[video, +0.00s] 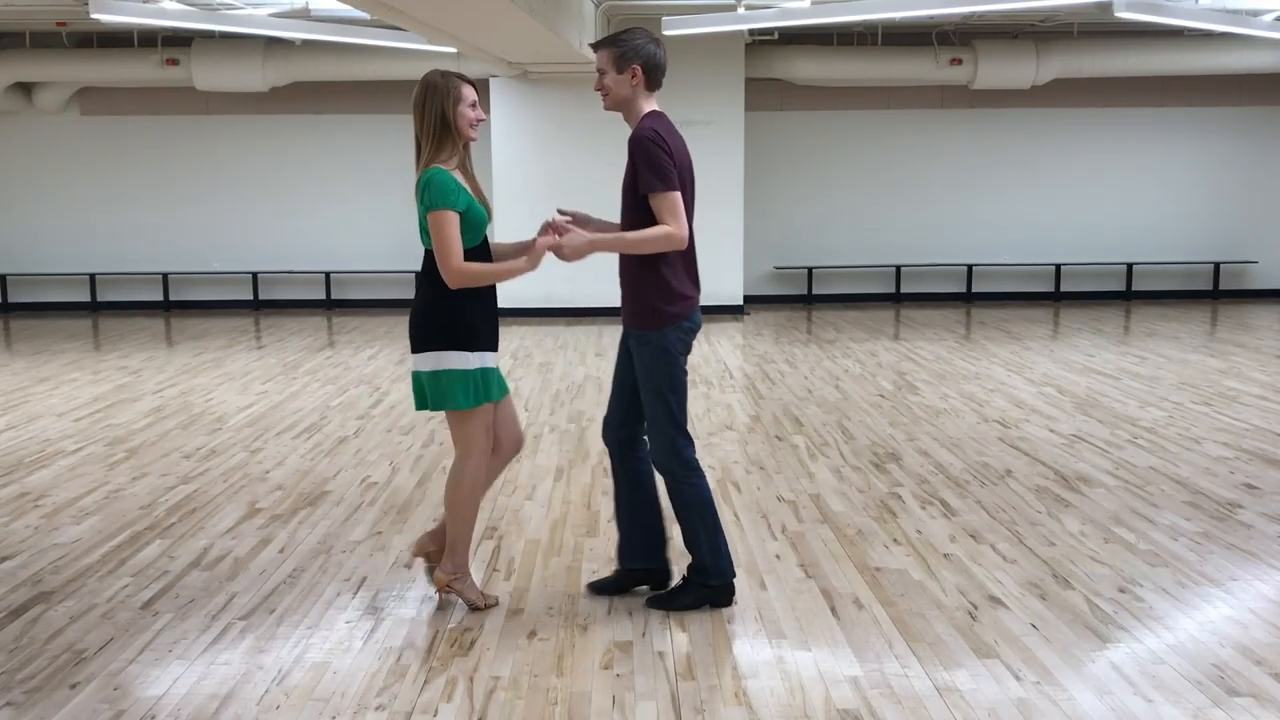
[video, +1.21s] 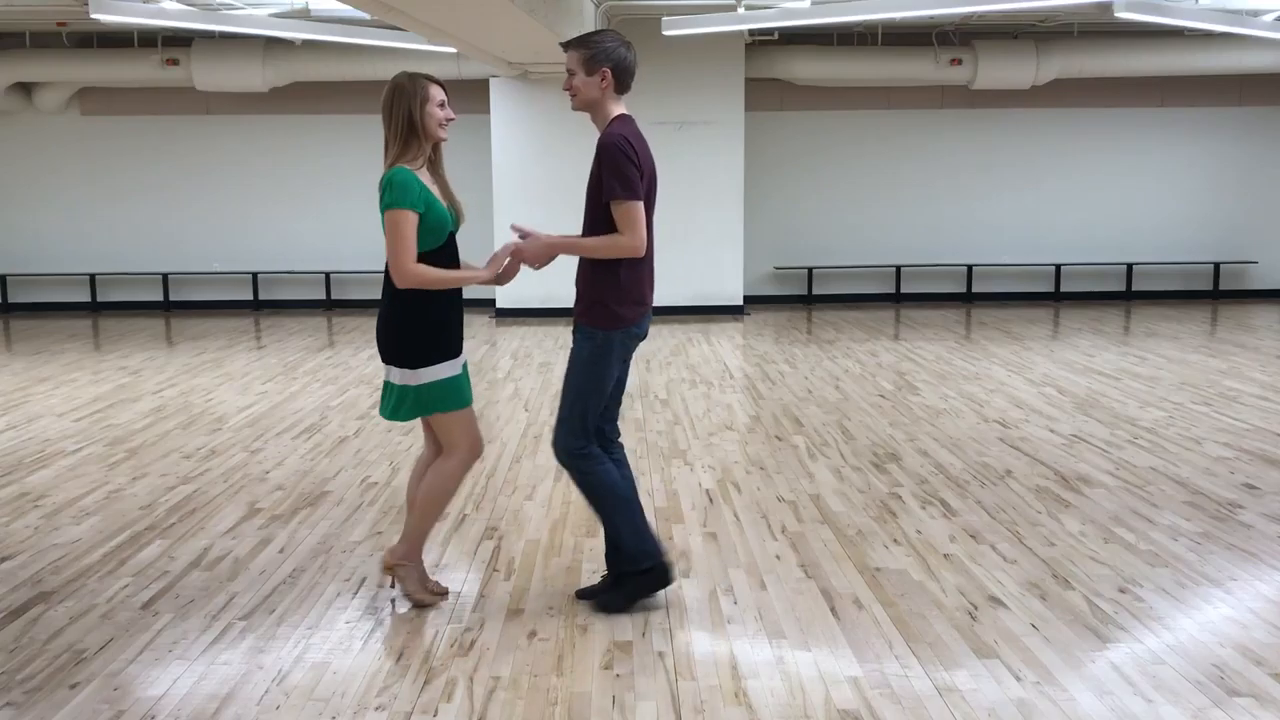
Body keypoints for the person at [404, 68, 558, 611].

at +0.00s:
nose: (480, 114)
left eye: (478, 105)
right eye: (470, 106)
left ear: (463, 113)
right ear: (444, 114)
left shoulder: (459, 178)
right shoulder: (441, 181)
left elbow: (482, 253)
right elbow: (453, 272)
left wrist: (535, 243)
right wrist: (524, 265)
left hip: (469, 334)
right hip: (449, 337)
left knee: (506, 442)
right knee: (473, 453)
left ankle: (440, 537)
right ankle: (455, 569)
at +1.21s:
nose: (450, 113)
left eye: (447, 104)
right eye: (439, 105)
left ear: (428, 113)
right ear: (412, 114)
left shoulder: (426, 176)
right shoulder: (403, 180)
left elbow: (435, 263)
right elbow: (405, 273)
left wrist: (486, 271)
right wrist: (478, 275)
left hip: (430, 332)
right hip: (421, 338)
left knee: (437, 446)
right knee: (465, 445)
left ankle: (411, 560)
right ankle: (405, 550)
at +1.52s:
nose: (432, 113)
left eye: (430, 104)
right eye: (422, 105)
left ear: (409, 114)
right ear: (396, 113)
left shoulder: (410, 177)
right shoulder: (388, 180)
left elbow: (410, 263)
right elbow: (369, 267)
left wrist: (460, 265)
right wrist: (443, 277)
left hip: (414, 334)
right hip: (386, 336)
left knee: (446, 442)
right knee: (382, 452)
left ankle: (410, 554)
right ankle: (337, 567)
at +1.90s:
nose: (436, 111)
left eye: (433, 102)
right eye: (426, 103)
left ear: (412, 111)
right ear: (400, 113)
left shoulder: (408, 175)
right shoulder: (395, 178)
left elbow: (429, 261)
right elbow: (417, 268)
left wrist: (487, 245)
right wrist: (489, 255)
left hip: (395, 335)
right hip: (404, 339)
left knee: (409, 446)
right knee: (443, 446)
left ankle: (372, 557)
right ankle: (376, 555)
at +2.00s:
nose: (442, 111)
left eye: (439, 102)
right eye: (431, 103)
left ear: (409, 113)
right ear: (405, 112)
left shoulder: (409, 174)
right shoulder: (403, 177)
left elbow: (437, 246)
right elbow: (440, 263)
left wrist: (493, 229)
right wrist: (510, 244)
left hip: (398, 330)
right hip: (412, 334)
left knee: (415, 444)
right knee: (460, 440)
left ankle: (374, 556)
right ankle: (420, 557)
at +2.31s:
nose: (473, 111)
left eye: (471, 102)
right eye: (464, 103)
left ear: (441, 113)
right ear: (440, 111)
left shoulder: (445, 173)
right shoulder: (439, 176)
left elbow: (498, 233)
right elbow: (504, 238)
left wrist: (537, 197)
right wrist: (574, 206)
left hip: (450, 329)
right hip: (461, 333)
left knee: (454, 444)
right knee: (493, 440)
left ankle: (394, 546)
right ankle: (468, 560)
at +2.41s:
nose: (487, 113)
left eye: (486, 104)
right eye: (478, 104)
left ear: (472, 112)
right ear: (453, 111)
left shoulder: (468, 174)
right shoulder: (453, 176)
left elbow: (516, 242)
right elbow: (521, 225)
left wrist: (555, 192)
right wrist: (592, 185)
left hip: (491, 326)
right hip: (470, 329)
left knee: (514, 444)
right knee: (497, 446)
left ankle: (435, 534)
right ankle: (467, 561)